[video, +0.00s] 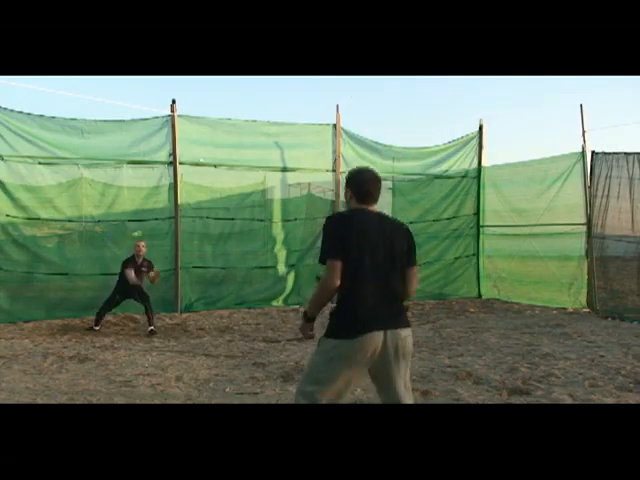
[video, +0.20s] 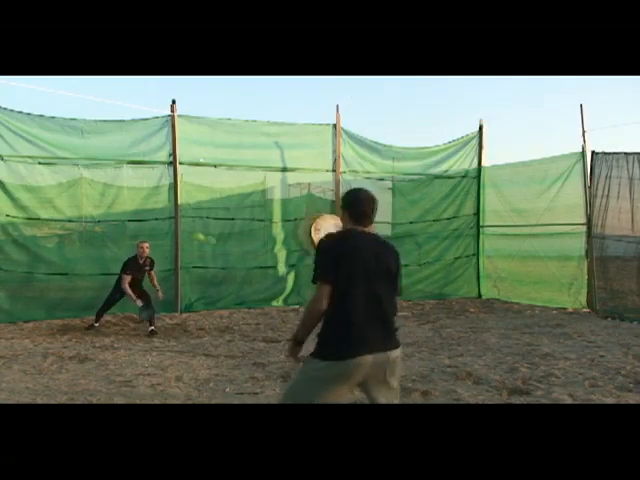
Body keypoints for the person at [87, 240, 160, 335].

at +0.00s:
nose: (140, 249)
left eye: (142, 247)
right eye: (137, 246)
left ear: (145, 249)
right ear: (134, 249)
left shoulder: (148, 264)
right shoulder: (128, 262)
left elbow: (152, 280)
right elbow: (131, 280)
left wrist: (155, 277)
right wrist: (138, 282)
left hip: (136, 290)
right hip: (122, 290)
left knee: (146, 300)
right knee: (105, 308)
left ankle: (151, 327)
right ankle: (96, 326)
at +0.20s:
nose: (144, 250)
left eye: (146, 248)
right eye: (141, 248)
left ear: (149, 250)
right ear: (137, 250)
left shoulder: (149, 262)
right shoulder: (130, 263)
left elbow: (151, 275)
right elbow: (124, 284)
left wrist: (158, 289)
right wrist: (135, 299)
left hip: (137, 286)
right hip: (123, 284)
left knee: (147, 300)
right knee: (109, 302)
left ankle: (152, 327)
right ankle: (95, 322)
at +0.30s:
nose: (138, 249)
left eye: (140, 247)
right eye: (135, 246)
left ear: (143, 249)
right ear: (131, 248)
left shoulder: (146, 261)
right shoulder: (122, 261)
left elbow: (149, 273)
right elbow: (115, 279)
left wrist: (151, 287)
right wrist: (122, 294)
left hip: (135, 287)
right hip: (121, 286)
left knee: (146, 304)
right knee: (101, 307)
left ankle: (151, 327)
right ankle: (96, 325)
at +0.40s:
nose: (130, 245)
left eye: (132, 243)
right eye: (127, 243)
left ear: (135, 245)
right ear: (124, 244)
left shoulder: (139, 258)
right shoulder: (114, 257)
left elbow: (143, 271)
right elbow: (106, 273)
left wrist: (145, 285)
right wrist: (110, 290)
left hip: (131, 287)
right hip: (116, 286)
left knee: (142, 303)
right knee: (99, 304)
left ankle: (150, 327)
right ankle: (95, 325)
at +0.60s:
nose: (120, 240)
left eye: (123, 237)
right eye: (118, 237)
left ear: (127, 239)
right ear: (115, 239)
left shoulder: (132, 254)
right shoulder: (106, 253)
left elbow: (137, 269)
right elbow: (98, 268)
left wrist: (139, 286)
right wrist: (98, 283)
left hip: (126, 283)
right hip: (110, 283)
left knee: (133, 299)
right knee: (97, 301)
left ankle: (136, 323)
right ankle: (94, 324)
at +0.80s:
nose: (121, 241)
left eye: (123, 238)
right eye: (119, 238)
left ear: (127, 241)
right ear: (116, 240)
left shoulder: (131, 256)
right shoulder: (107, 253)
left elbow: (136, 272)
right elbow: (93, 266)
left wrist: (135, 288)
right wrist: (86, 281)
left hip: (122, 283)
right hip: (106, 282)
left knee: (128, 305)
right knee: (90, 302)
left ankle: (133, 325)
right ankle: (91, 320)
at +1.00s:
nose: (107, 255)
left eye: (109, 252)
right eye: (105, 252)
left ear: (113, 253)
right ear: (102, 253)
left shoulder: (120, 262)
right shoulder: (97, 263)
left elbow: (133, 272)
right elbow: (82, 279)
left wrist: (141, 281)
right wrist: (72, 297)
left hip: (116, 283)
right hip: (99, 283)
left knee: (127, 301)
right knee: (83, 298)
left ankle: (133, 326)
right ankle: (77, 322)